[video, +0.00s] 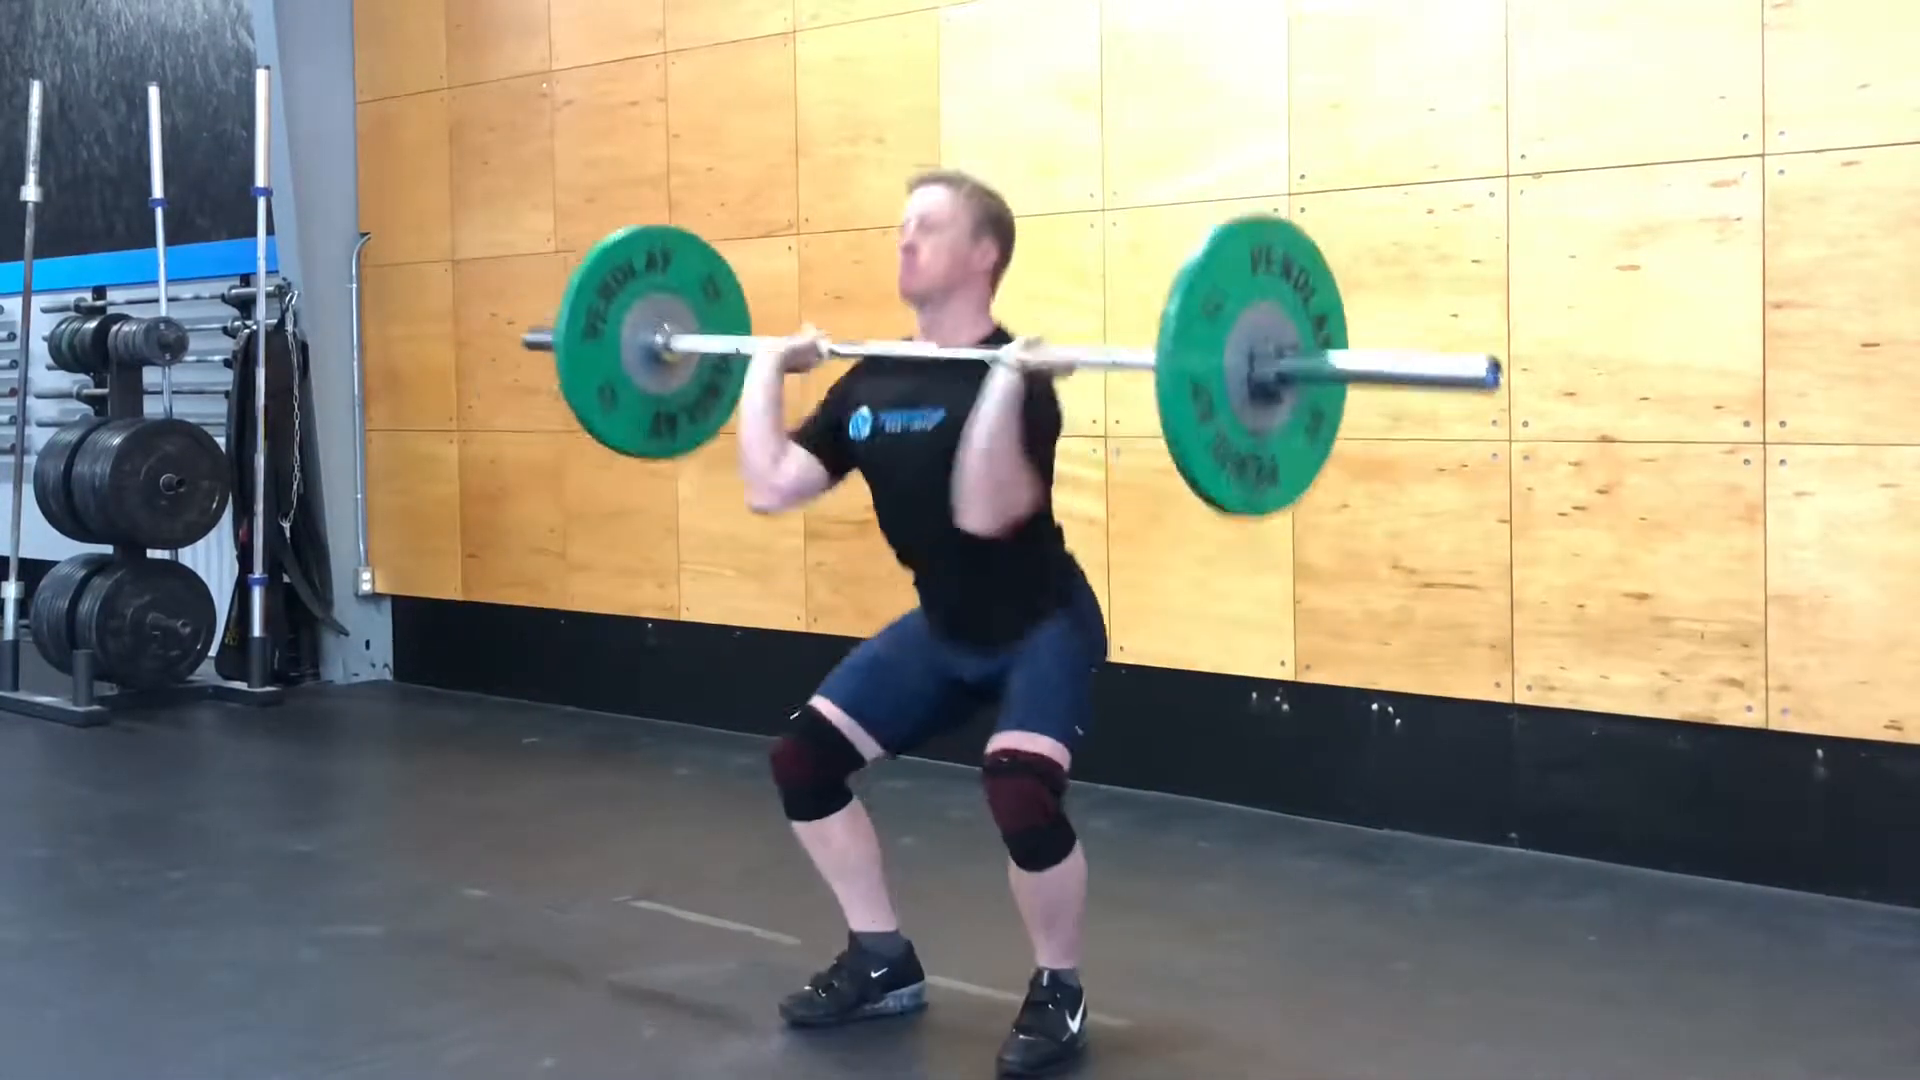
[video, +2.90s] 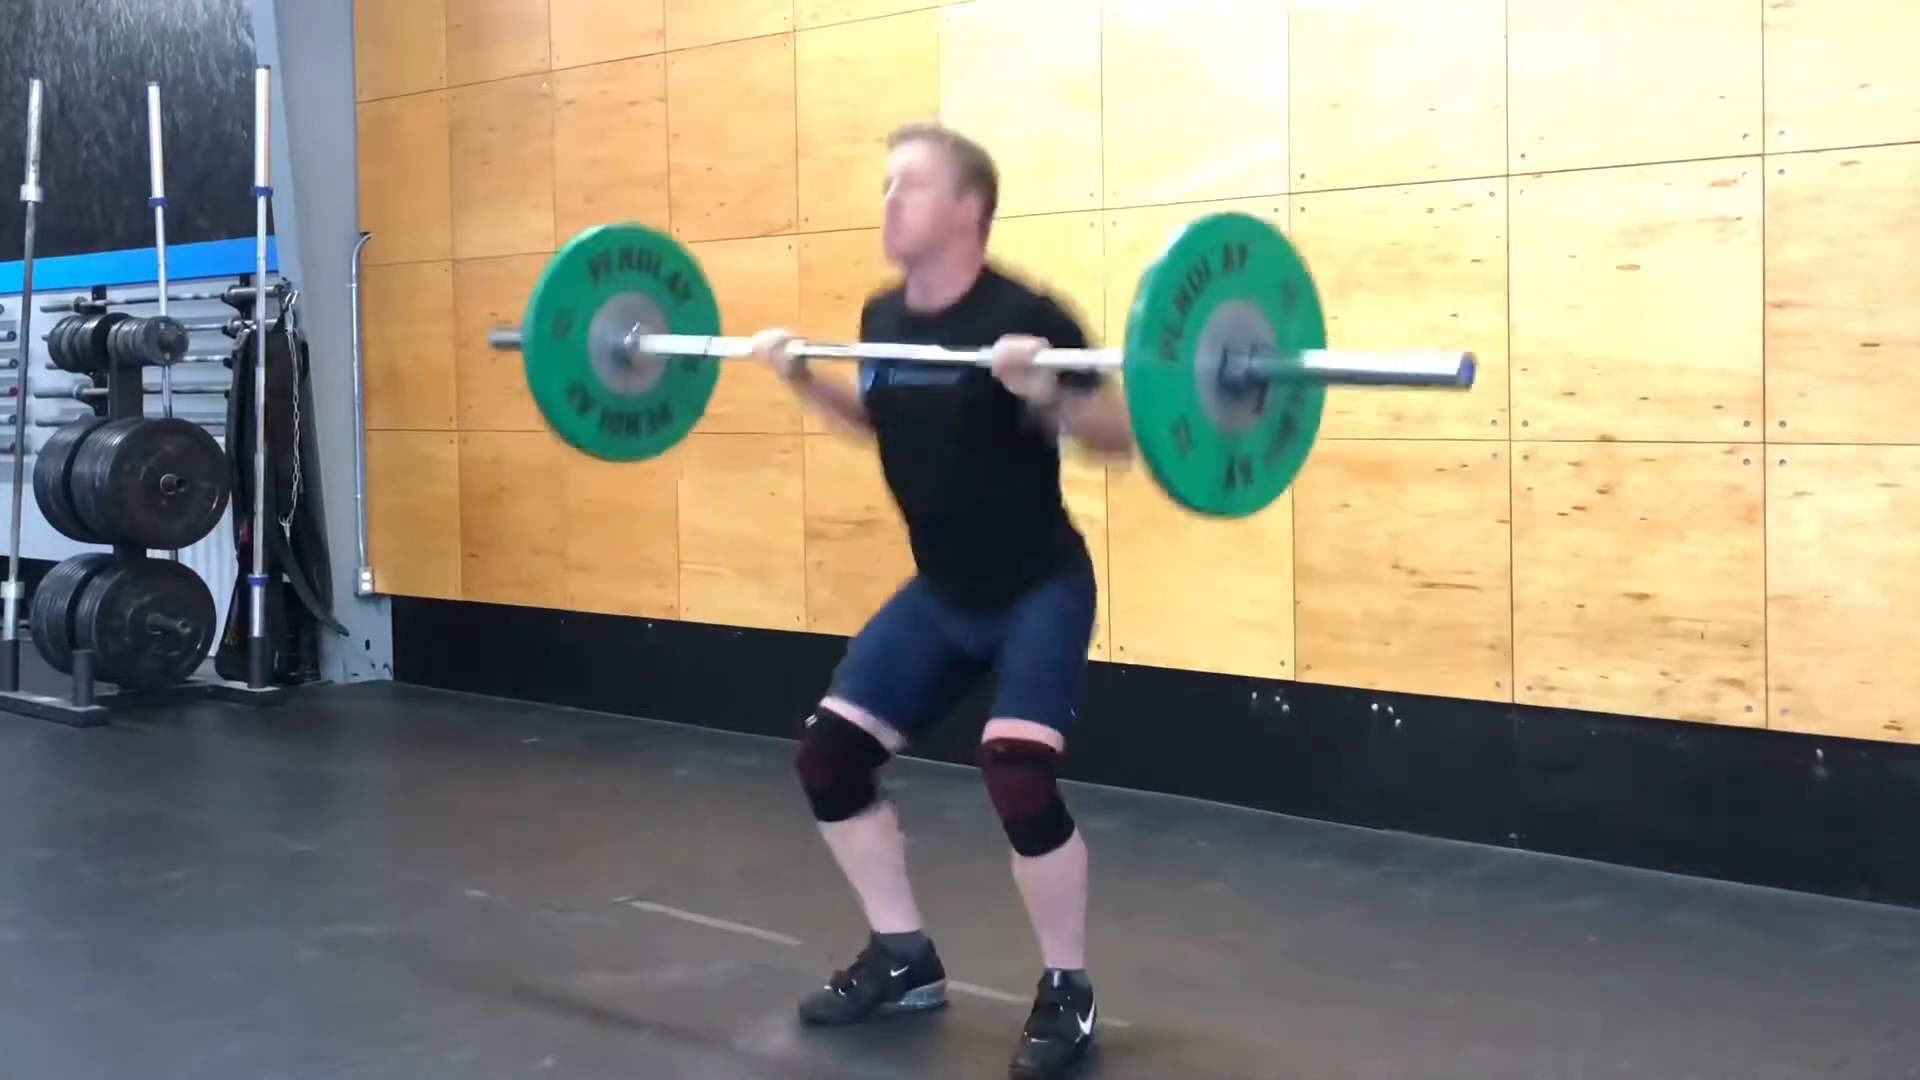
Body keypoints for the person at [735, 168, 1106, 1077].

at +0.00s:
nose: (903, 244)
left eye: (926, 231)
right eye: (903, 230)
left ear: (984, 255)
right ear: (909, 255)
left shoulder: (1020, 382)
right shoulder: (874, 379)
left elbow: (985, 515)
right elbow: (768, 487)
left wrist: (1008, 379)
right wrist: (766, 362)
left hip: (1046, 621)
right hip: (945, 625)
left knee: (1021, 786)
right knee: (804, 761)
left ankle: (1056, 993)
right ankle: (882, 960)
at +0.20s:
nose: (908, 375)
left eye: (928, 359)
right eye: (906, 359)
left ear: (987, 377)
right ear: (903, 372)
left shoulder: (1020, 496)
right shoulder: (873, 486)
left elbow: (943, 558)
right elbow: (735, 516)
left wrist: (992, 443)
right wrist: (779, 433)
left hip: (1059, 717)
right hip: (955, 716)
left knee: (1040, 800)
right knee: (794, 768)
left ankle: (1058, 993)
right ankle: (881, 959)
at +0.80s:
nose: (904, 253)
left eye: (926, 239)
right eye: (904, 237)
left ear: (983, 259)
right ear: (904, 253)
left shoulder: (1010, 374)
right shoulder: (859, 375)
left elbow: (945, 449)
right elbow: (726, 419)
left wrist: (978, 329)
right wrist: (771, 325)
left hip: (1026, 628)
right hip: (924, 634)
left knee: (1018, 796)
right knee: (779, 769)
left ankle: (1056, 994)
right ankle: (880, 959)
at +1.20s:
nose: (918, 128)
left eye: (940, 114)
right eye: (916, 114)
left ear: (997, 137)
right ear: (923, 136)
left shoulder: (1032, 252)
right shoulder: (887, 256)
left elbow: (1059, 396)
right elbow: (818, 380)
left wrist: (1037, 270)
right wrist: (779, 267)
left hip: (987, 537)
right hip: (888, 536)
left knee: (992, 766)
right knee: (853, 753)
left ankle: (1044, 990)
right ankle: (892, 964)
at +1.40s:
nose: (936, 118)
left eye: (956, 103)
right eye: (935, 104)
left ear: (1015, 121)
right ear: (941, 121)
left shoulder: (1055, 217)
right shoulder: (916, 214)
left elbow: (1140, 310)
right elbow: (859, 307)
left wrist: (1046, 351)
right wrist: (790, 341)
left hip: (981, 516)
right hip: (884, 513)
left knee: (990, 742)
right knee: (860, 733)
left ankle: (1035, 976)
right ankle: (886, 947)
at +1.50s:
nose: (927, 117)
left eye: (948, 102)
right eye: (926, 103)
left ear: (1006, 121)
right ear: (932, 121)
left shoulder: (1041, 220)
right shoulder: (899, 224)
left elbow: (1092, 341)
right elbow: (843, 345)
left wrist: (1037, 468)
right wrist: (785, 441)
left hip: (979, 530)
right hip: (879, 522)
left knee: (988, 747)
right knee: (858, 736)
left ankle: (1035, 981)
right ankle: (887, 950)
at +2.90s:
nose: (883, 206)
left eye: (903, 190)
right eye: (886, 189)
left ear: (965, 210)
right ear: (921, 213)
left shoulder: (1035, 319)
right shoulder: (882, 319)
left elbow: (1115, 438)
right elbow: (879, 426)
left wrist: (1050, 394)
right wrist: (802, 381)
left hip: (1042, 585)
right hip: (942, 589)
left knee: (1017, 767)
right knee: (831, 756)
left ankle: (1065, 990)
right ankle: (904, 957)